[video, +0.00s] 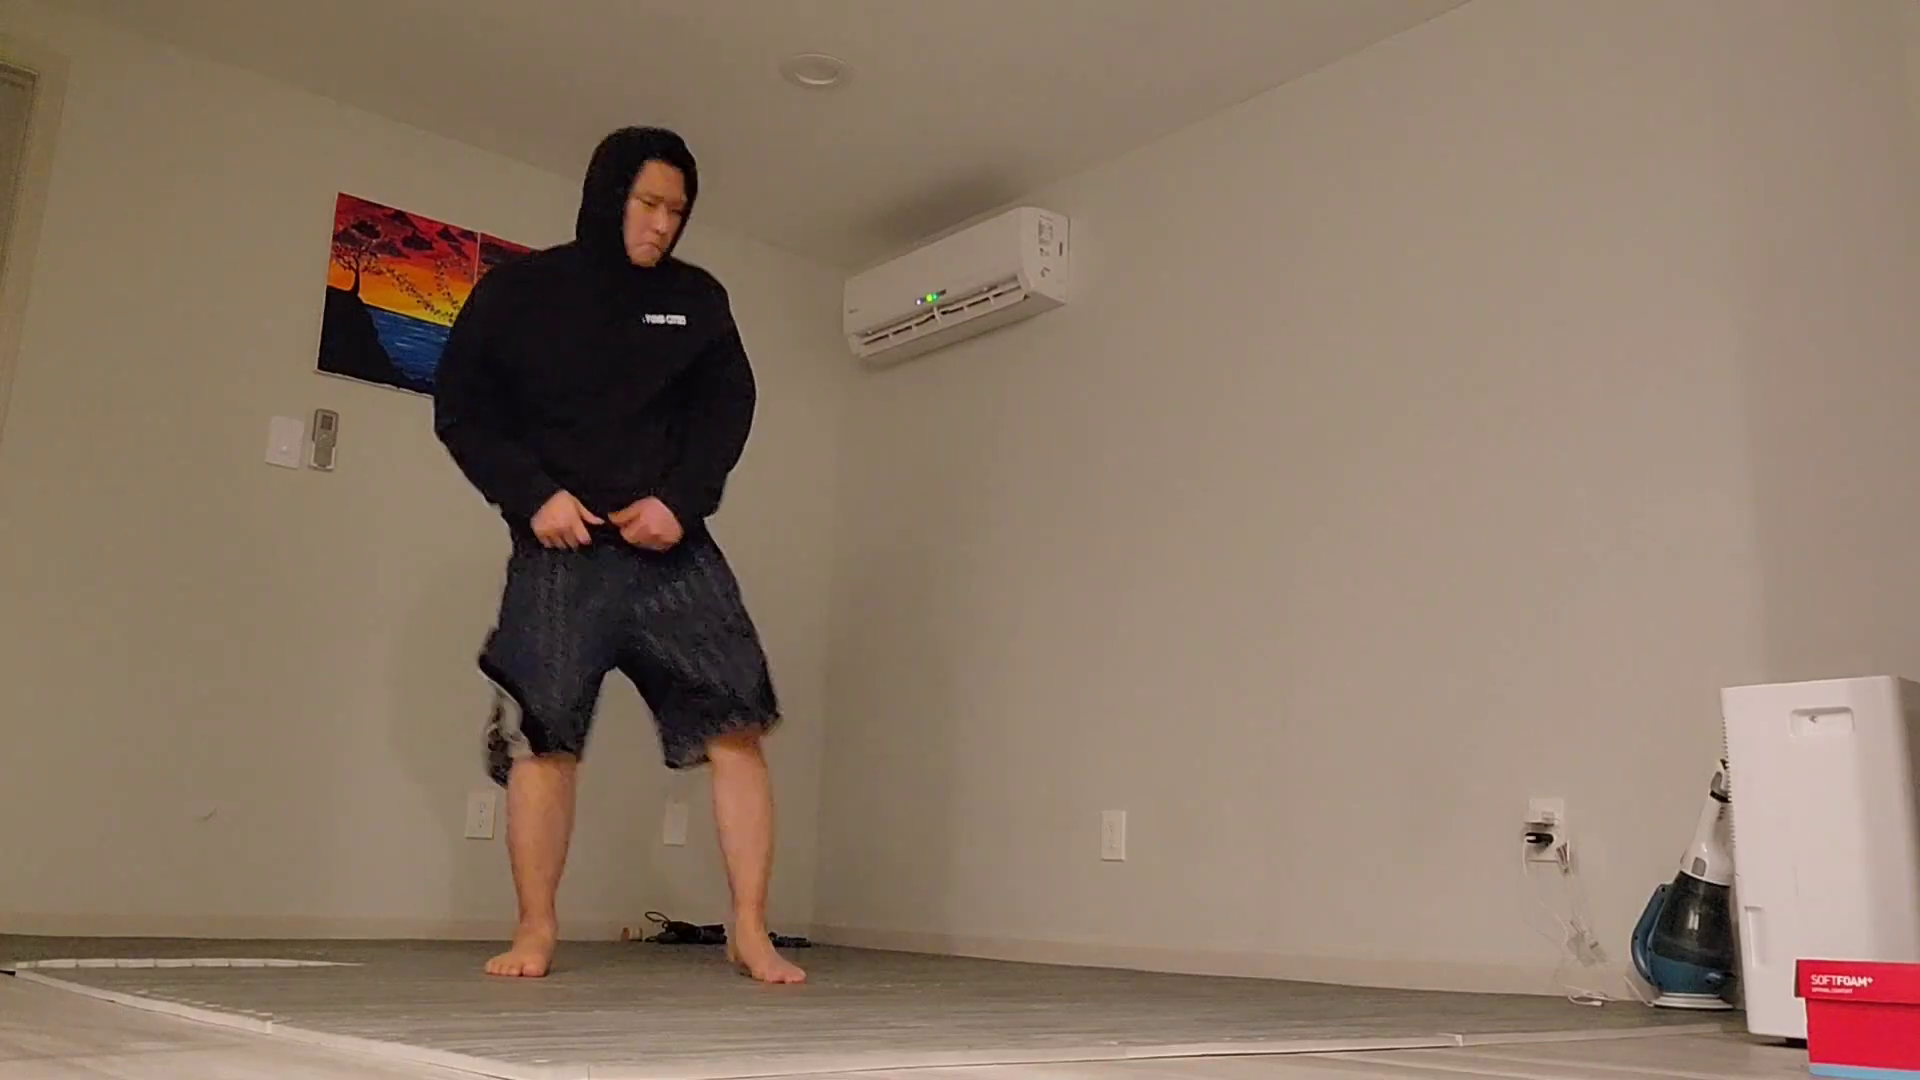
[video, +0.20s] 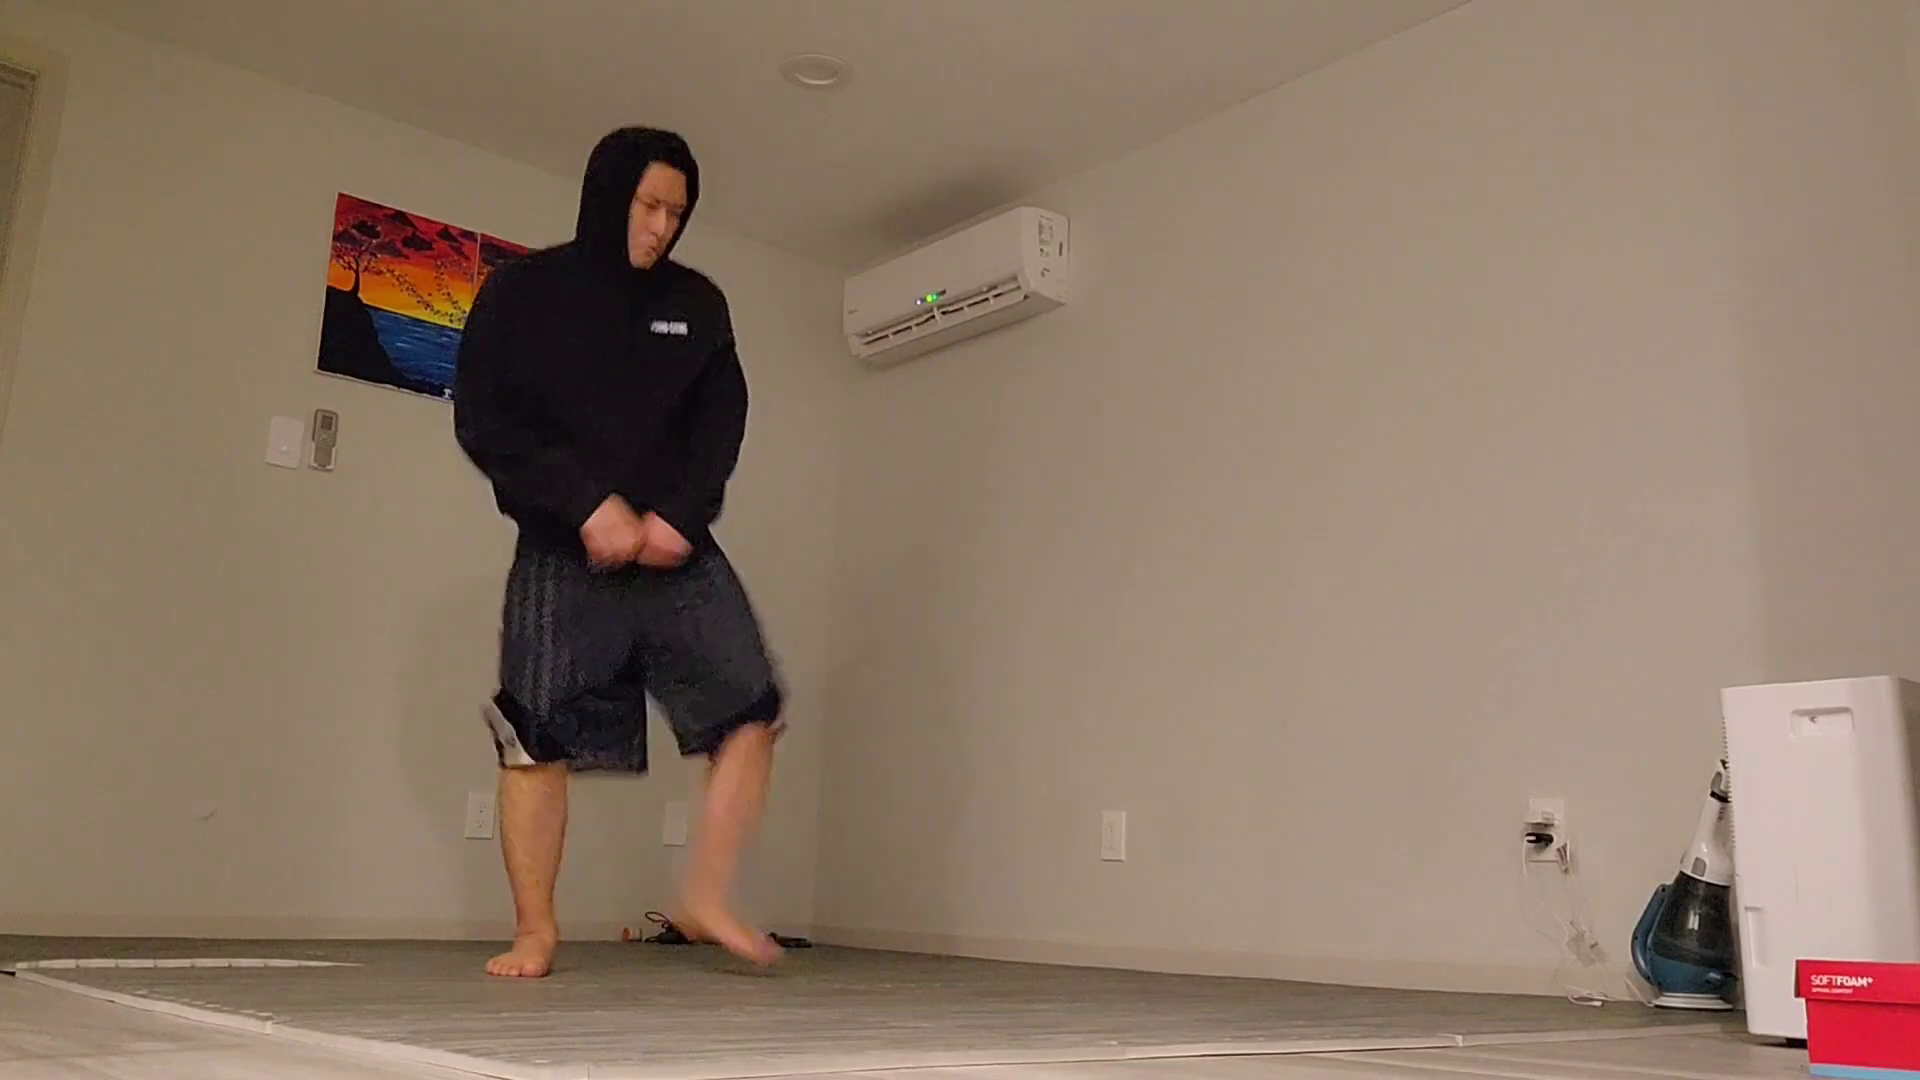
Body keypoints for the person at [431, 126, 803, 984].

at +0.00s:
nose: (665, 223)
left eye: (677, 208)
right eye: (651, 202)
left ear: (686, 215)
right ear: (604, 196)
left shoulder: (696, 299)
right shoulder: (517, 290)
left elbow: (729, 405)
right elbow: (458, 410)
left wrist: (681, 499)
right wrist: (533, 495)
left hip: (675, 549)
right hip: (561, 548)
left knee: (736, 728)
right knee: (545, 740)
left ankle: (750, 930)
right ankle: (534, 930)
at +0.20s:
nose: (663, 226)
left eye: (676, 211)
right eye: (650, 205)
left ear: (685, 216)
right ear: (604, 196)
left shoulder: (695, 302)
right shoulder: (520, 291)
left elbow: (721, 415)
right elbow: (484, 422)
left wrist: (682, 509)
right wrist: (584, 503)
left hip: (676, 547)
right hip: (559, 550)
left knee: (750, 713)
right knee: (537, 737)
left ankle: (706, 898)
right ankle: (534, 933)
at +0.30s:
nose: (673, 201)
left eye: (688, 186)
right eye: (661, 179)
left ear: (699, 192)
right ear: (618, 169)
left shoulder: (706, 278)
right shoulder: (531, 259)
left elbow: (722, 394)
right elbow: (491, 394)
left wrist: (667, 483)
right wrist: (592, 470)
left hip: (671, 523)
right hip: (559, 525)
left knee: (763, 660)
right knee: (546, 729)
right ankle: (533, 933)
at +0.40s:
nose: (690, 188)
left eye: (707, 175)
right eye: (678, 166)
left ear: (717, 180)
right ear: (636, 155)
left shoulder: (717, 266)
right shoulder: (544, 235)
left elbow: (728, 388)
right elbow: (490, 367)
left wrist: (667, 453)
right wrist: (584, 450)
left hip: (662, 500)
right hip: (559, 495)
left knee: (762, 655)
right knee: (549, 693)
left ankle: (625, 784)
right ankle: (471, 907)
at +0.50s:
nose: (708, 215)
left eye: (723, 202)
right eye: (698, 193)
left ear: (729, 209)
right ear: (654, 181)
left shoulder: (723, 293)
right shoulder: (559, 254)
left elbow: (737, 413)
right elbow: (482, 370)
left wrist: (675, 461)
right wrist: (581, 449)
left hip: (656, 531)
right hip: (560, 520)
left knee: (743, 699)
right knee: (525, 720)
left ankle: (691, 900)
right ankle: (414, 928)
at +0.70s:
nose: (768, 258)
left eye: (785, 247)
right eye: (760, 235)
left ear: (793, 252)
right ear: (723, 217)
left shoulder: (774, 338)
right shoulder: (620, 270)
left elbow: (739, 454)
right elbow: (537, 395)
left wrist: (675, 527)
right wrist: (598, 502)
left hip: (673, 545)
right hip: (570, 522)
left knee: (705, 732)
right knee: (537, 704)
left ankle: (697, 936)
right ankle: (441, 899)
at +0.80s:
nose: (776, 277)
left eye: (793, 264)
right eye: (768, 254)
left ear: (805, 267)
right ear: (730, 233)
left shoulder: (793, 346)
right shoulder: (626, 286)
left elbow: (779, 465)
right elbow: (551, 406)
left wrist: (699, 545)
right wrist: (613, 519)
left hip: (692, 544)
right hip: (585, 519)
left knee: (723, 727)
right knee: (571, 667)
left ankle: (700, 937)